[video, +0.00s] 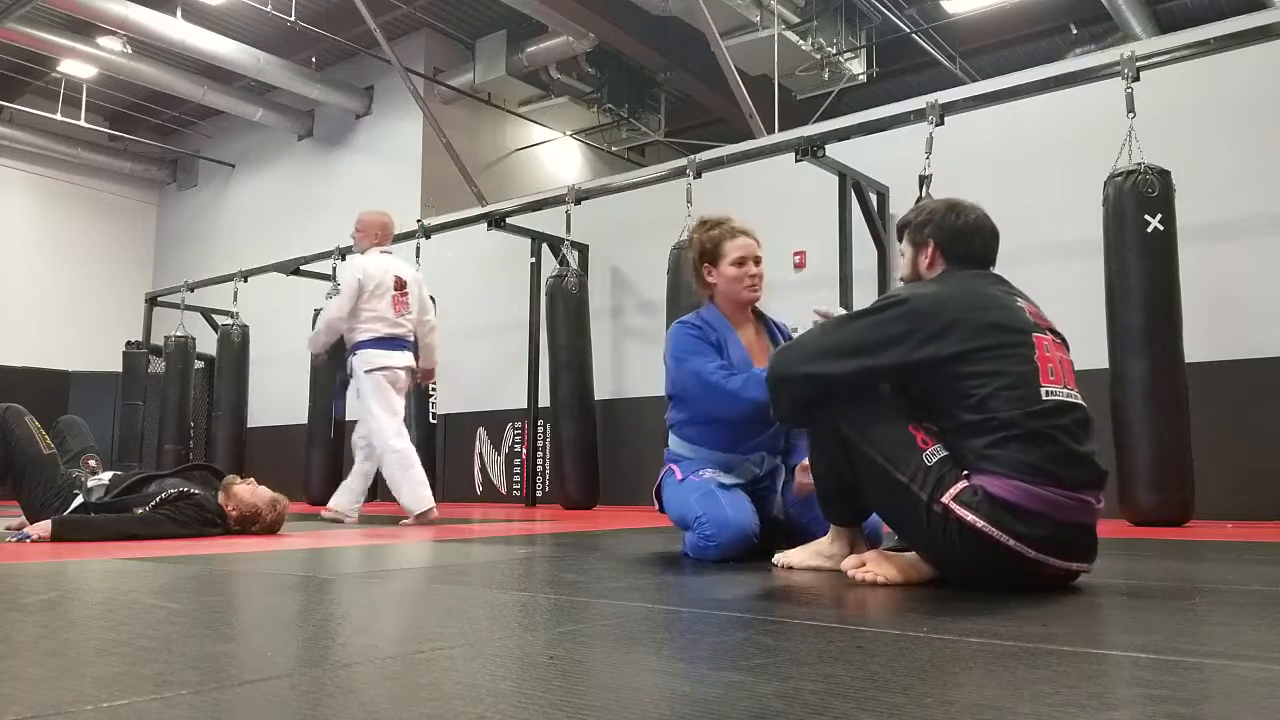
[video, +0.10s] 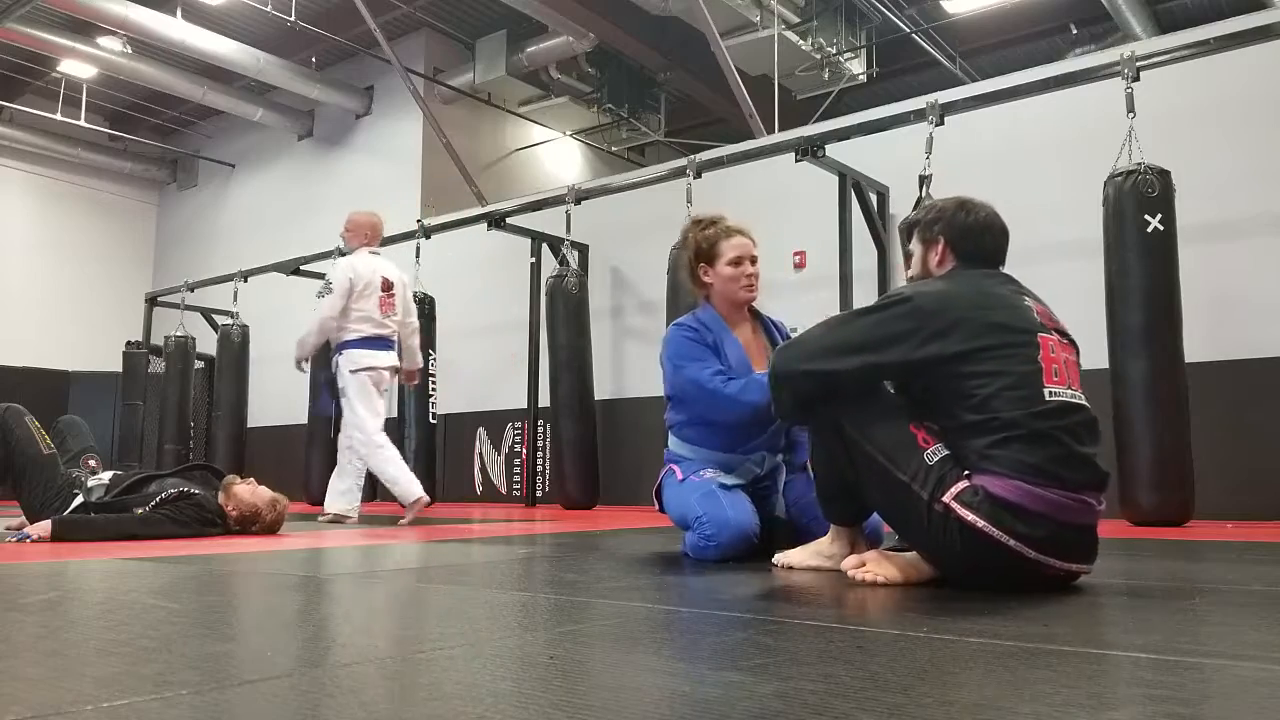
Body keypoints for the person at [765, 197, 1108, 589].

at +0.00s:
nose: (901, 270)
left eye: (904, 256)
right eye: (901, 258)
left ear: (929, 255)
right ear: (984, 258)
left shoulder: (931, 300)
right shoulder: (1023, 306)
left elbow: (788, 367)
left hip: (991, 538)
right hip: (1069, 551)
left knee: (835, 388)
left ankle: (841, 537)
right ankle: (929, 550)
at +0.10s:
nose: (908, 271)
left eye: (913, 255)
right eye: (909, 257)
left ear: (940, 252)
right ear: (994, 257)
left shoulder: (935, 300)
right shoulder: (1034, 307)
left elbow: (790, 365)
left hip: (990, 537)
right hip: (1070, 552)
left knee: (837, 389)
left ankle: (842, 537)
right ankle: (931, 551)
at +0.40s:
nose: (934, 271)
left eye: (938, 258)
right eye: (935, 260)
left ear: (965, 254)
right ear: (1019, 265)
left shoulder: (950, 298)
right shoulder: (1078, 324)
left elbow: (804, 352)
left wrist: (822, 413)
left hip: (989, 539)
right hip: (1073, 559)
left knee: (847, 386)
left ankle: (841, 541)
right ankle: (929, 553)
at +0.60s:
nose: (957, 273)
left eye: (961, 261)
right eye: (959, 263)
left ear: (985, 259)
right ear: (1043, 266)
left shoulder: (966, 299)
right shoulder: (1108, 333)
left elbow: (819, 337)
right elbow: (1175, 454)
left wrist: (834, 400)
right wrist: (1193, 551)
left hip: (984, 533)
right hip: (1070, 564)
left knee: (857, 387)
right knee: (974, 419)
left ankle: (843, 537)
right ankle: (929, 554)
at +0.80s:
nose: (979, 273)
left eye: (983, 262)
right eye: (981, 263)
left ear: (1004, 259)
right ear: (1064, 274)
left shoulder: (988, 299)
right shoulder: (1128, 342)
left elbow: (834, 335)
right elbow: (1204, 465)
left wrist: (868, 391)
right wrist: (1232, 568)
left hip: (985, 525)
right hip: (1069, 565)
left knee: (872, 382)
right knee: (991, 428)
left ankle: (844, 537)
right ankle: (930, 553)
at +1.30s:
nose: (995, 290)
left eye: (997, 281)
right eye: (998, 282)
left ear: (1018, 271)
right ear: (1082, 284)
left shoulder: (998, 298)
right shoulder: (1149, 345)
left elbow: (866, 334)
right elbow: (1217, 472)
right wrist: (1234, 569)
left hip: (980, 507)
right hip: (1064, 563)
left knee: (881, 373)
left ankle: (848, 537)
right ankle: (930, 551)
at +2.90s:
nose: (1014, 299)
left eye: (1019, 289)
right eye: (1015, 290)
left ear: (1053, 274)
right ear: (1097, 282)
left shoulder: (1037, 302)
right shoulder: (1168, 345)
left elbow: (920, 358)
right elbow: (1220, 462)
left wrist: (855, 328)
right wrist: (1233, 563)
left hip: (975, 496)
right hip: (1059, 559)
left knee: (884, 386)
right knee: (966, 543)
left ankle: (849, 535)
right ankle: (911, 551)